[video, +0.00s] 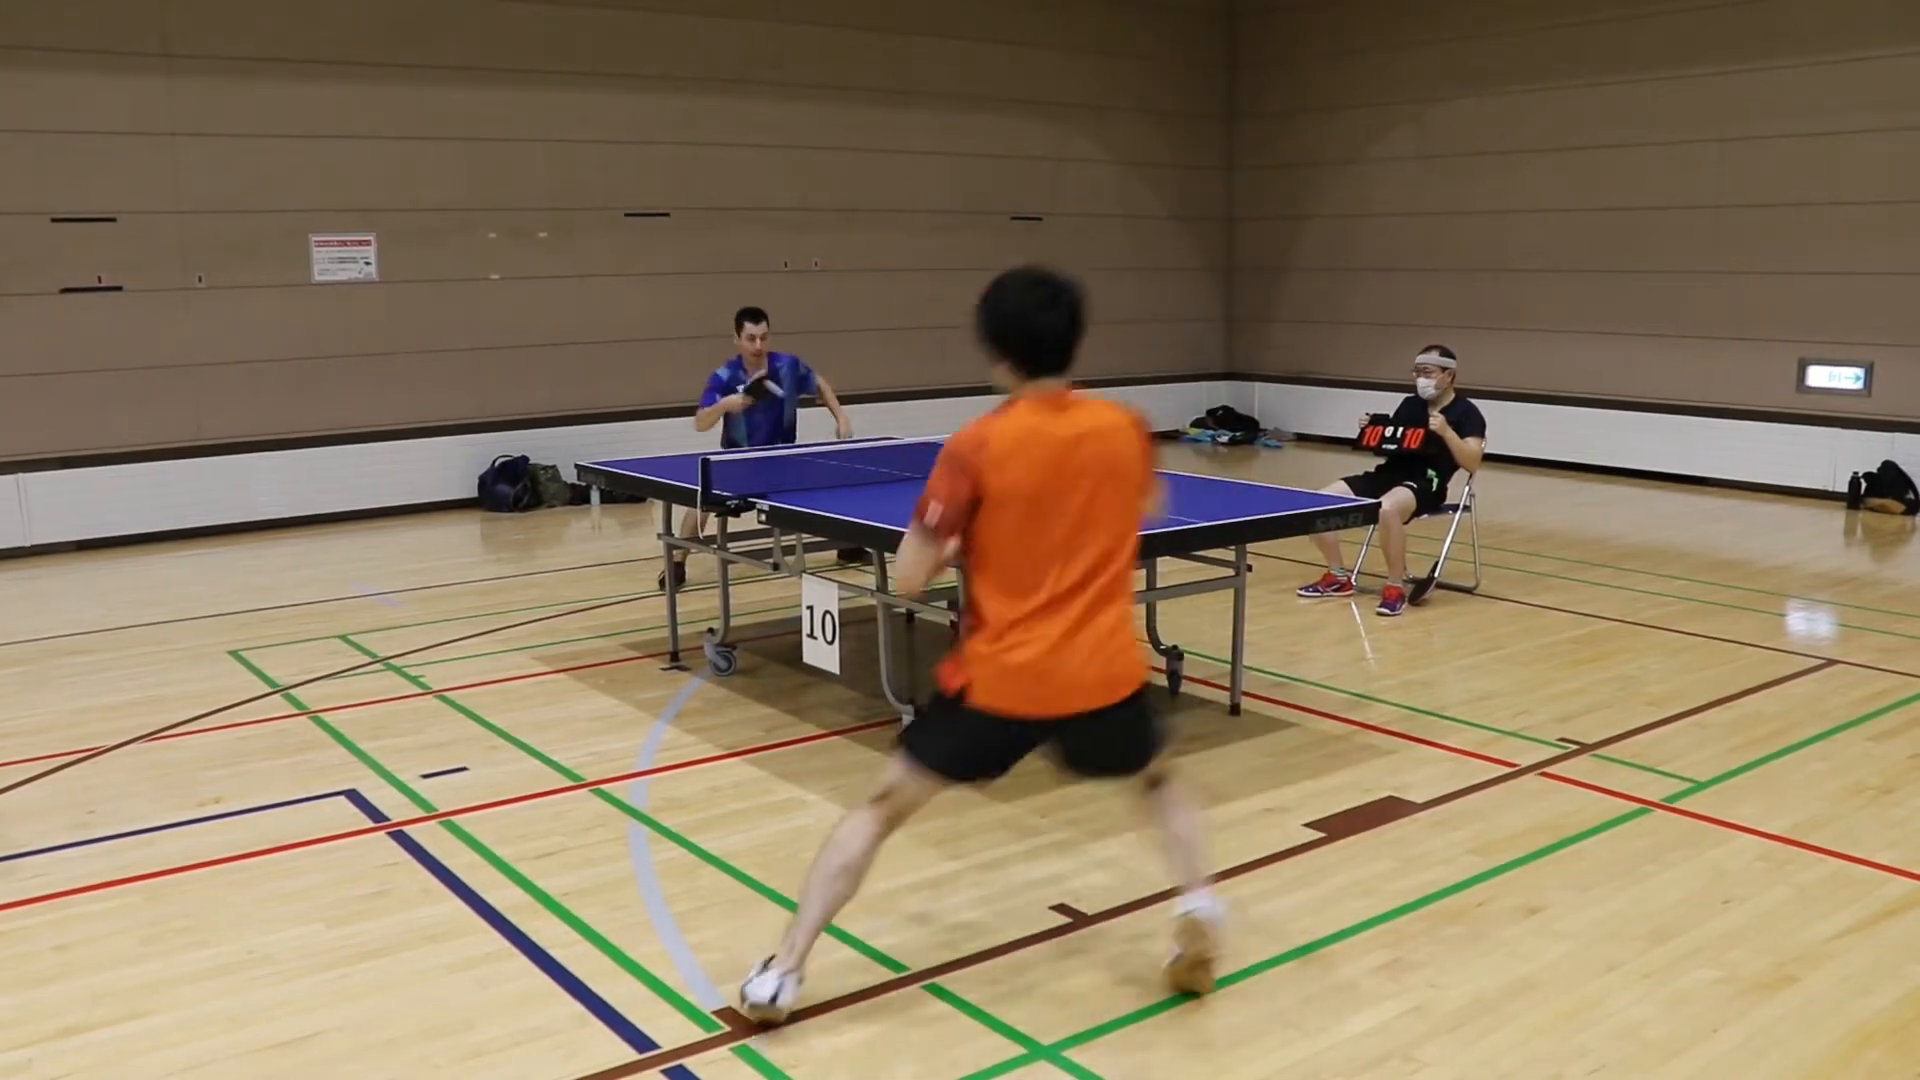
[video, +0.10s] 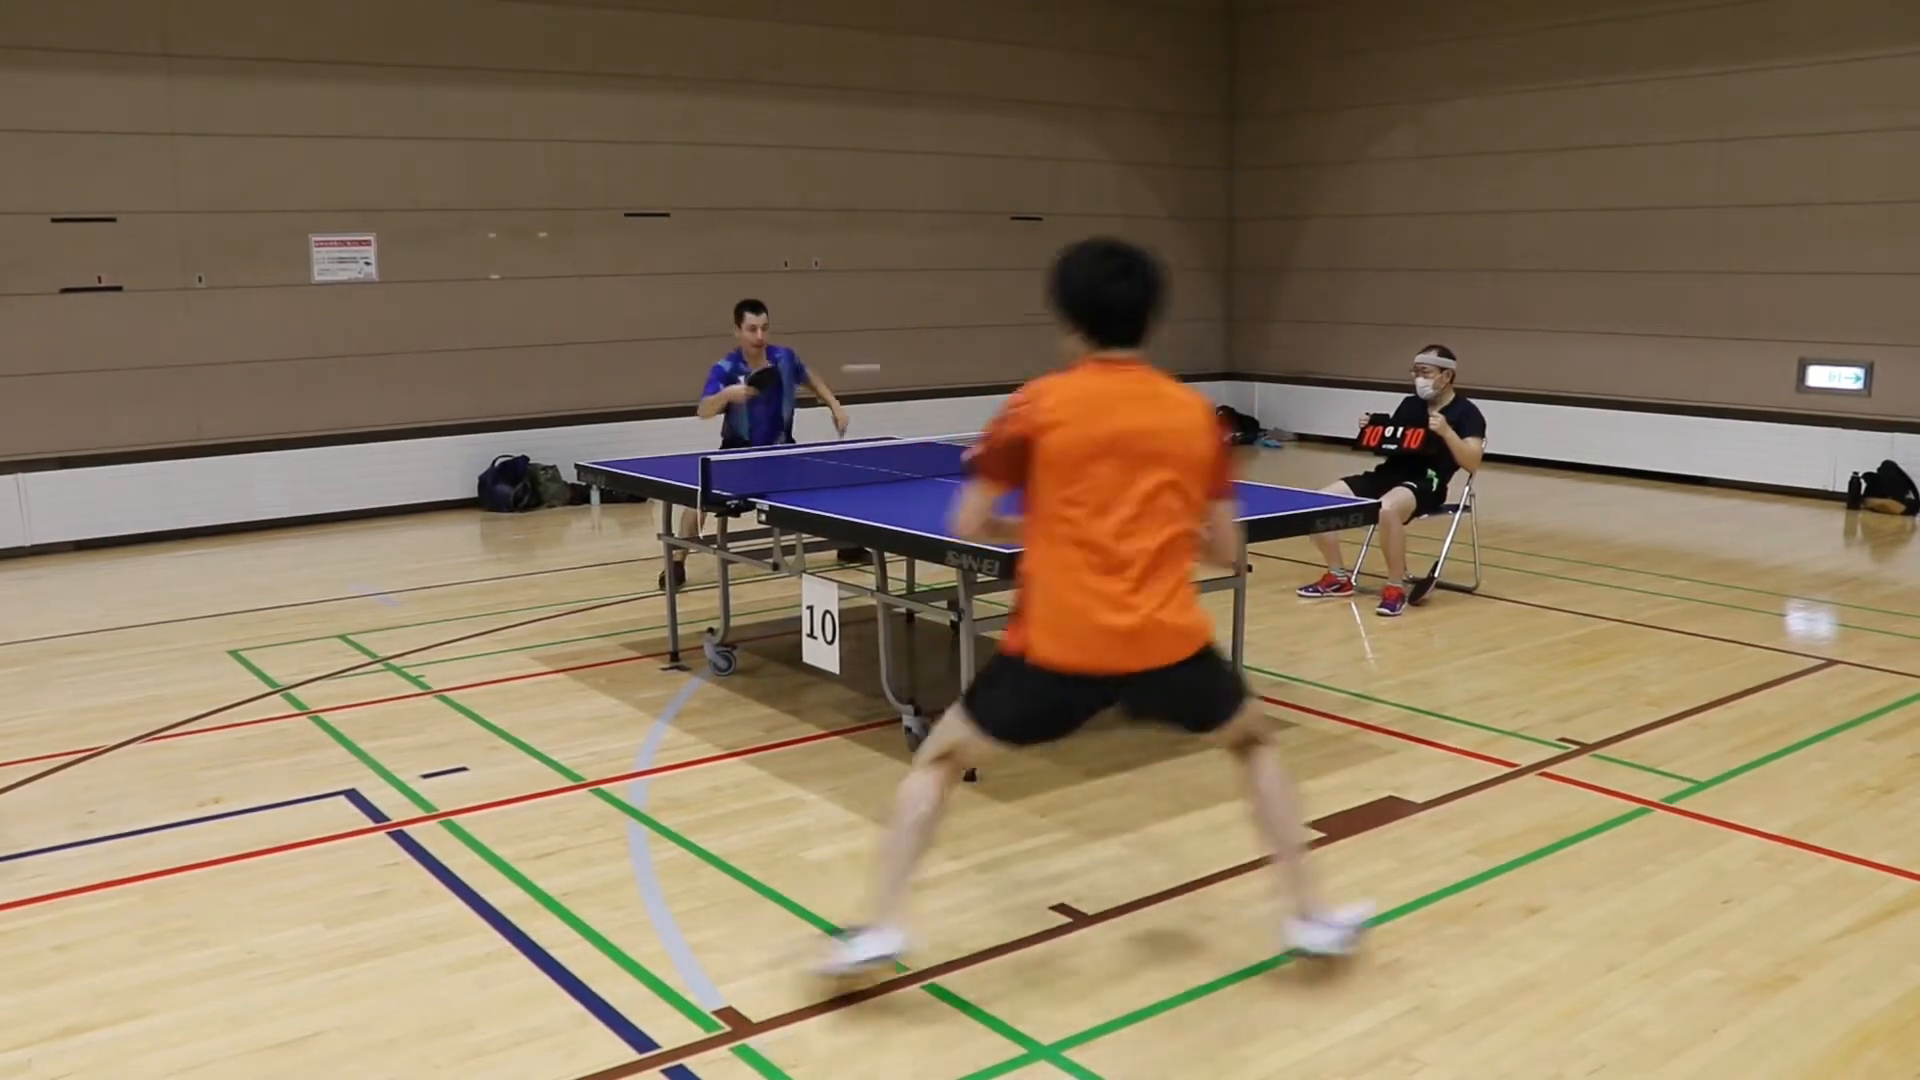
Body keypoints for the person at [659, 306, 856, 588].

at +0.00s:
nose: (758, 345)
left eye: (763, 338)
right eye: (751, 339)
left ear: (769, 336)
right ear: (737, 339)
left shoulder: (789, 367)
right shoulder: (724, 376)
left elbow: (820, 386)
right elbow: (701, 424)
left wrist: (841, 417)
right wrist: (725, 405)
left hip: (784, 462)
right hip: (738, 465)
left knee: (834, 481)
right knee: (703, 499)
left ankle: (848, 544)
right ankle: (676, 564)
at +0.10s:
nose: (759, 336)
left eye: (764, 328)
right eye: (752, 329)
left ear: (769, 329)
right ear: (738, 331)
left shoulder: (785, 359)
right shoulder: (725, 369)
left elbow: (810, 380)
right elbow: (704, 411)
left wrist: (836, 406)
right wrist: (726, 394)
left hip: (782, 454)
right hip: (737, 458)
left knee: (829, 480)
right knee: (700, 498)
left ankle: (847, 544)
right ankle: (676, 563)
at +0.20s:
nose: (756, 321)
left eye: (760, 314)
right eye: (748, 314)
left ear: (766, 315)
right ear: (733, 317)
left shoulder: (779, 346)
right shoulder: (720, 357)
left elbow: (799, 369)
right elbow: (700, 401)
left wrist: (824, 396)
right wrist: (722, 384)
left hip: (778, 442)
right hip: (734, 446)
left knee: (820, 480)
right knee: (698, 496)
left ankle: (848, 544)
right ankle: (675, 564)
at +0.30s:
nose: (747, 312)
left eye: (751, 305)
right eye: (740, 306)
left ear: (757, 307)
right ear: (724, 309)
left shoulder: (773, 339)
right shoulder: (711, 350)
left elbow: (794, 366)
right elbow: (687, 395)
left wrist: (815, 393)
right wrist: (712, 384)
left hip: (774, 436)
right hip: (729, 440)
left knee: (813, 482)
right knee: (691, 491)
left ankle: (847, 543)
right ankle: (668, 558)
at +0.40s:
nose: (730, 311)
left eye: (734, 304)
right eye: (722, 304)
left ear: (739, 306)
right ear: (706, 309)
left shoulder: (756, 339)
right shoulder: (695, 351)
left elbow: (779, 367)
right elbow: (668, 397)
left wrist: (798, 400)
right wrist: (705, 390)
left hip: (764, 435)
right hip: (719, 441)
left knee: (806, 482)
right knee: (682, 493)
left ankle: (845, 542)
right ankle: (667, 559)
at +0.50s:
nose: (704, 303)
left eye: (708, 296)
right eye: (696, 296)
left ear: (713, 300)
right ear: (679, 300)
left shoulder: (726, 333)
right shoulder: (666, 344)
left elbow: (748, 366)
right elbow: (640, 390)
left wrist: (769, 400)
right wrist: (680, 390)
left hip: (739, 430)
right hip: (697, 437)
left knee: (782, 481)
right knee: (674, 500)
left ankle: (839, 538)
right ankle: (664, 559)